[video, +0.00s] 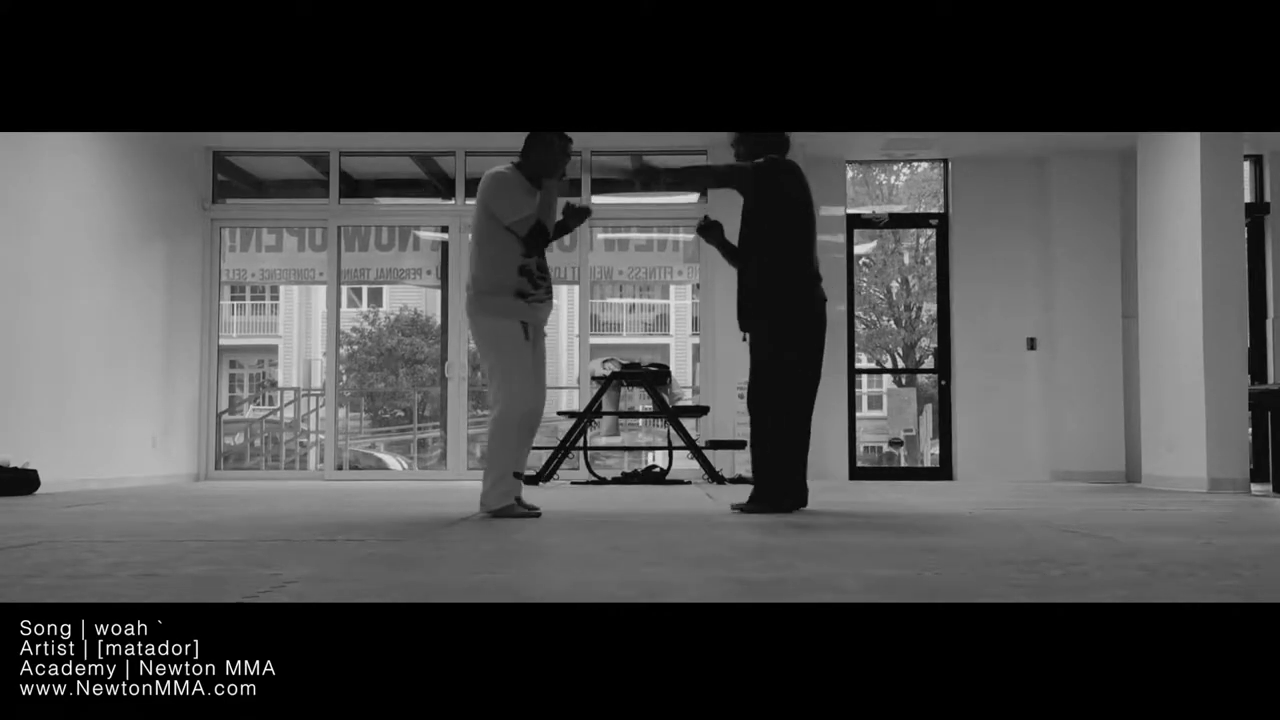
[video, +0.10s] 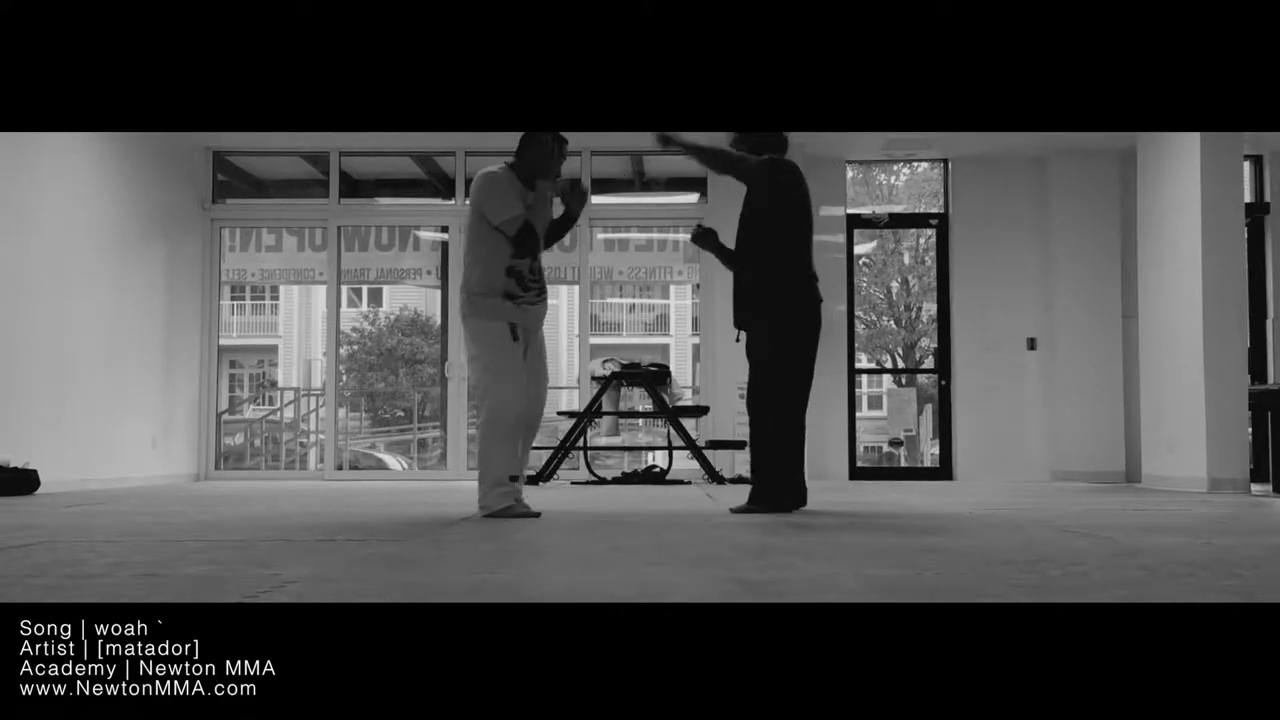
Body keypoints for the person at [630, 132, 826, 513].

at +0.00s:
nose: (735, 148)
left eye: (739, 141)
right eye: (735, 142)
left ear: (755, 143)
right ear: (774, 143)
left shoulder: (770, 174)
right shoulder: (782, 182)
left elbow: (712, 176)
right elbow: (754, 265)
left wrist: (659, 175)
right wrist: (720, 241)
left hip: (783, 313)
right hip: (792, 312)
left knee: (771, 402)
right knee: (783, 403)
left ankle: (775, 495)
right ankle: (784, 493)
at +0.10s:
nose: (734, 153)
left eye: (739, 146)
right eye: (736, 147)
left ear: (757, 145)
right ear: (774, 143)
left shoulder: (777, 173)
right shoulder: (769, 187)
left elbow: (730, 161)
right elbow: (751, 266)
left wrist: (681, 144)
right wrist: (715, 247)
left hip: (784, 312)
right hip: (779, 313)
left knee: (771, 402)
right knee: (778, 402)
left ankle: (772, 495)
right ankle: (784, 492)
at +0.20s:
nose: (735, 160)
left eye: (737, 150)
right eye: (733, 154)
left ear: (752, 146)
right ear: (773, 144)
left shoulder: (773, 174)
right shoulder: (771, 182)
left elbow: (725, 145)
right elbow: (753, 266)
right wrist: (713, 249)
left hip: (783, 312)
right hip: (781, 311)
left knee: (772, 402)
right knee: (779, 403)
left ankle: (774, 495)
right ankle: (784, 493)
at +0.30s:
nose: (730, 162)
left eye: (732, 152)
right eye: (729, 155)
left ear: (745, 146)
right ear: (766, 143)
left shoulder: (769, 174)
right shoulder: (768, 181)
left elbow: (731, 157)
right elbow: (752, 267)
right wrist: (713, 249)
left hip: (786, 311)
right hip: (782, 310)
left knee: (776, 401)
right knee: (780, 401)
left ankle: (777, 495)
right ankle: (784, 493)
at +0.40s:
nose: (727, 156)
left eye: (730, 148)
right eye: (727, 149)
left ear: (745, 146)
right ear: (766, 146)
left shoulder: (768, 173)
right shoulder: (771, 183)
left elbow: (716, 162)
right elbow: (753, 266)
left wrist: (694, 131)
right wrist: (715, 248)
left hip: (787, 311)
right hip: (787, 310)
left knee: (776, 401)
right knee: (784, 401)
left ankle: (777, 495)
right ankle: (786, 494)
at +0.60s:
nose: (730, 153)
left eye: (733, 145)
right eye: (730, 146)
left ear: (747, 145)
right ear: (768, 146)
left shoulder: (759, 176)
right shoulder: (779, 181)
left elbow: (695, 188)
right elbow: (768, 257)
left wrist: (632, 187)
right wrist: (725, 249)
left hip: (777, 313)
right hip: (794, 310)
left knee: (770, 401)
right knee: (786, 401)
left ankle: (775, 496)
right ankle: (787, 494)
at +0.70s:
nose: (731, 154)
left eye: (734, 146)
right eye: (731, 147)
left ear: (748, 144)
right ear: (770, 146)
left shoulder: (757, 177)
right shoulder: (782, 183)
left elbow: (696, 210)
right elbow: (770, 257)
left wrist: (638, 226)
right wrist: (727, 251)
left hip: (771, 314)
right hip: (794, 310)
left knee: (761, 397)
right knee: (785, 398)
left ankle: (771, 495)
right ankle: (787, 493)